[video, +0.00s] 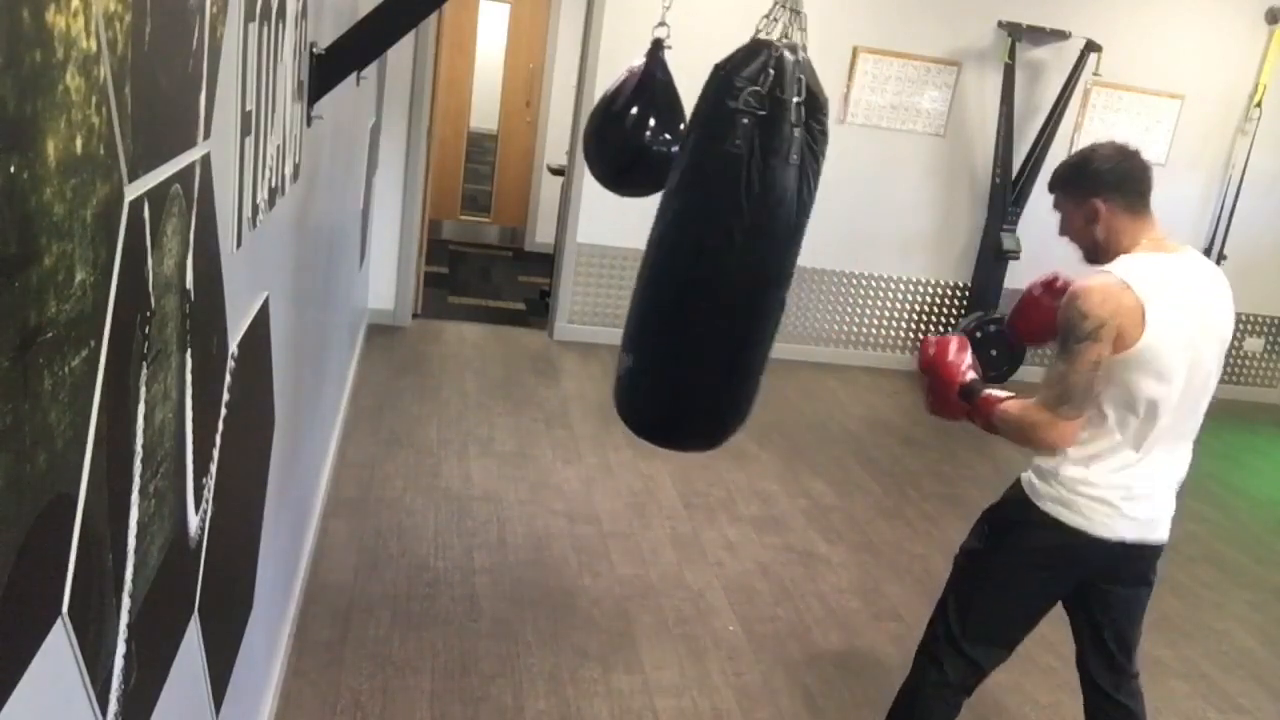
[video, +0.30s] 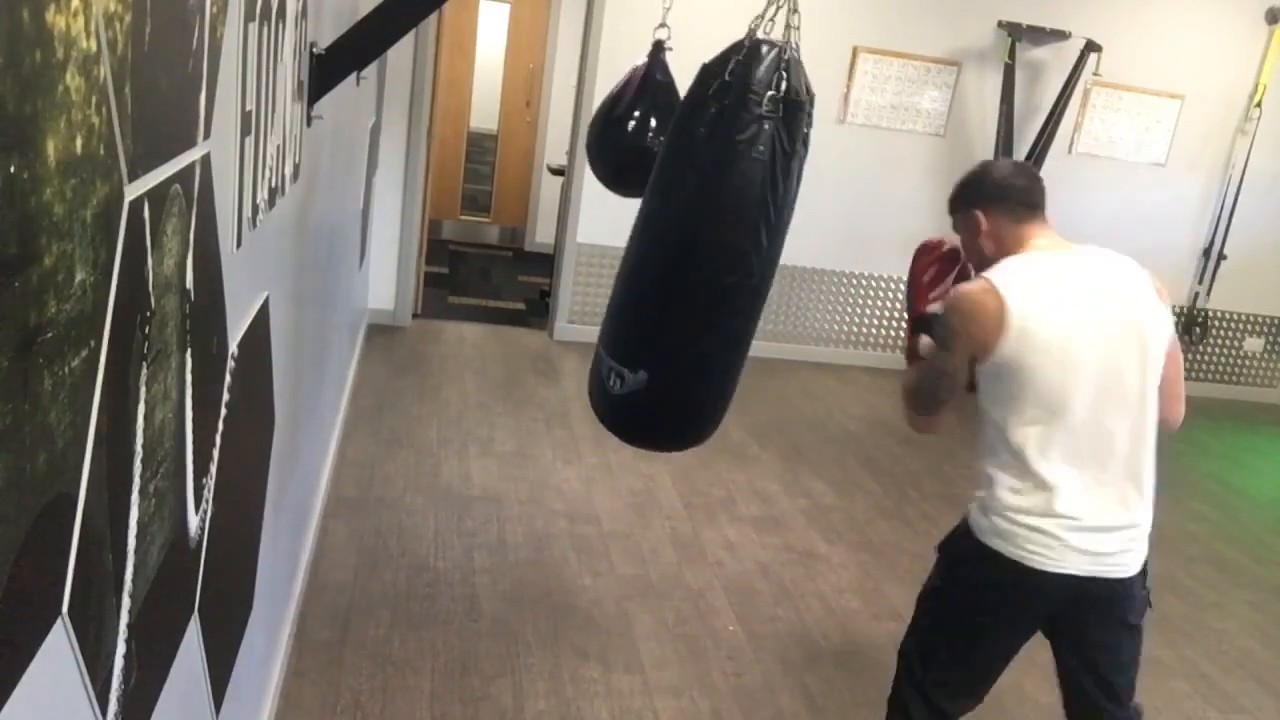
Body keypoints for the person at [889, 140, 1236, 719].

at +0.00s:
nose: (1062, 229)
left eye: (1064, 213)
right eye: (1060, 214)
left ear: (1099, 210)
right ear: (1136, 200)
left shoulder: (1100, 298)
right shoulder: (1212, 284)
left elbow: (1052, 430)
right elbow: (1146, 376)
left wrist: (971, 396)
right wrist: (1071, 320)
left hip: (1054, 520)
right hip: (1140, 533)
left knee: (948, 663)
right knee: (1115, 687)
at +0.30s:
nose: (967, 251)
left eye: (965, 236)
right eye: (964, 237)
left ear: (983, 224)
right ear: (1040, 212)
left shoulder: (981, 301)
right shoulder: (1144, 286)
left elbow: (922, 406)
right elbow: (1171, 411)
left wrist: (929, 339)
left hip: (1006, 559)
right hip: (1114, 568)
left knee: (921, 701)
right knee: (1109, 711)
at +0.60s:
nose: (992, 204)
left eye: (993, 192)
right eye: (995, 191)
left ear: (1004, 197)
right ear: (1081, 198)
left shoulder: (953, 292)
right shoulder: (1156, 306)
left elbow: (879, 434)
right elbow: (1173, 453)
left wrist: (933, 384)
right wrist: (1094, 425)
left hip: (948, 578)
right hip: (1069, 603)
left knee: (907, 710)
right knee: (1040, 712)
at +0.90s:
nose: (1064, 229)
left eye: (1066, 215)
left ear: (1079, 220)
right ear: (1170, 240)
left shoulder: (1003, 310)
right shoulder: (1224, 366)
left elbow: (891, 455)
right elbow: (1206, 536)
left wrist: (964, 410)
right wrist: (1139, 466)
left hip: (938, 637)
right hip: (1071, 679)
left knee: (889, 710)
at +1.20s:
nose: (1073, 239)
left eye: (1075, 224)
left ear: (1086, 229)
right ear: (1189, 250)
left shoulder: (998, 321)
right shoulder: (1238, 394)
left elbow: (887, 473)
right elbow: (1212, 580)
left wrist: (961, 437)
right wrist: (1135, 507)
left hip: (930, 666)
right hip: (1077, 701)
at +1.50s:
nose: (1021, 217)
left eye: (1021, 202)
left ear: (1033, 203)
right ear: (1129, 212)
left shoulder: (966, 289)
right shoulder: (1197, 339)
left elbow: (854, 445)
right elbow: (1182, 510)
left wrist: (900, 375)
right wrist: (1108, 442)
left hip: (902, 630)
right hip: (1042, 673)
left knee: (825, 711)